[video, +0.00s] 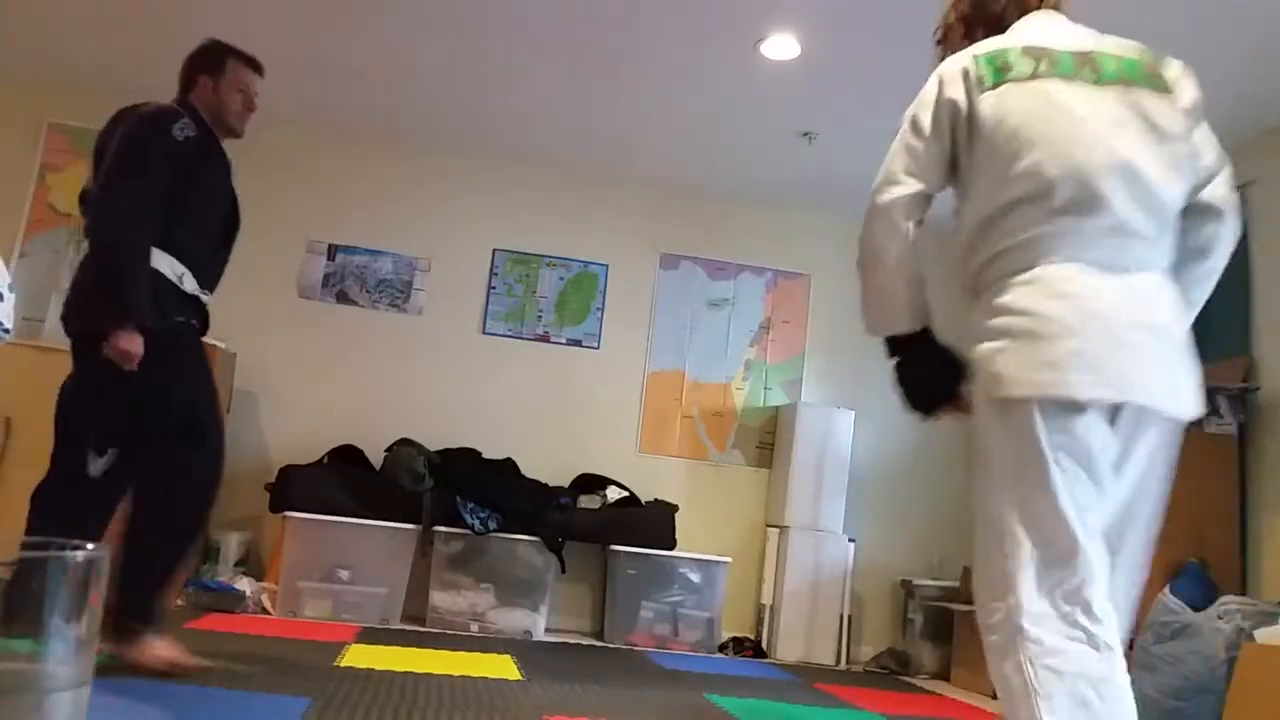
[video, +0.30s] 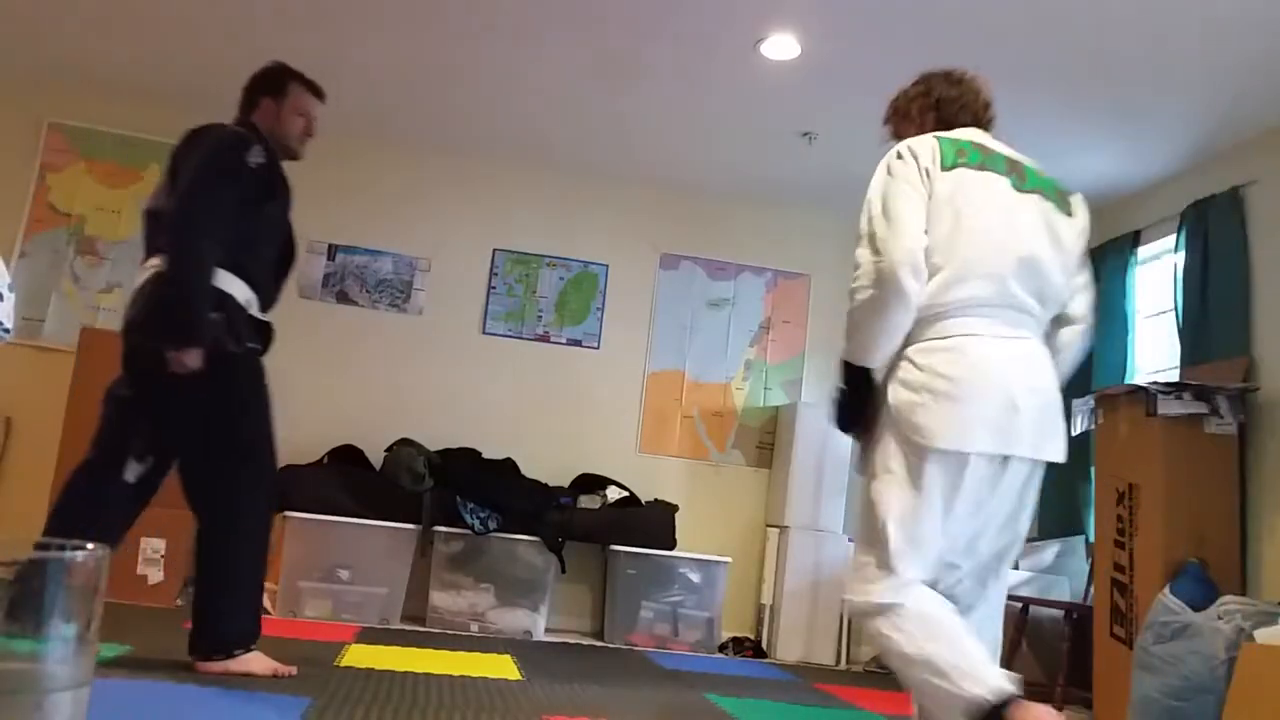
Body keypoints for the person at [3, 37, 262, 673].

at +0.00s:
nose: (252, 107)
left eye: (255, 99)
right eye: (243, 94)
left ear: (213, 94)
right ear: (204, 86)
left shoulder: (203, 152)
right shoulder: (163, 130)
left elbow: (170, 246)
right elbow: (122, 220)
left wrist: (176, 325)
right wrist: (122, 319)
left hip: (137, 330)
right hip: (151, 332)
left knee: (83, 475)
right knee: (188, 469)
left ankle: (28, 617)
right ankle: (135, 625)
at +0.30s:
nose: (311, 130)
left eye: (313, 119)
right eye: (304, 115)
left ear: (266, 112)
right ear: (265, 106)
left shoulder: (213, 147)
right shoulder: (238, 150)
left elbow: (170, 230)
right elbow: (197, 228)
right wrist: (189, 330)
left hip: (167, 331)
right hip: (213, 337)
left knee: (113, 480)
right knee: (241, 493)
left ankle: (30, 614)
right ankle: (223, 646)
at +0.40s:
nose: (335, 134)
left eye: (338, 124)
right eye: (329, 119)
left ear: (286, 113)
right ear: (290, 109)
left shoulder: (233, 147)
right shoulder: (267, 153)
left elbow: (198, 234)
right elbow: (236, 235)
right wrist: (233, 333)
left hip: (180, 317)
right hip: (229, 325)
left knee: (151, 472)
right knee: (252, 489)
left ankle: (64, 614)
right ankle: (227, 647)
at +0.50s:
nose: (356, 137)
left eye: (360, 127)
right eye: (349, 122)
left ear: (306, 118)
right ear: (314, 113)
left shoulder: (251, 150)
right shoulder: (290, 153)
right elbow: (277, 241)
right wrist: (288, 336)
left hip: (191, 314)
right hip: (239, 317)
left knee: (183, 469)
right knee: (256, 484)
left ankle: (83, 614)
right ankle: (227, 646)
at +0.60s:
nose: (368, 139)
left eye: (372, 129)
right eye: (362, 124)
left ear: (314, 118)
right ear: (327, 114)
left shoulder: (253, 151)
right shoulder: (307, 156)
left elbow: (246, 257)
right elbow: (312, 249)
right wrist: (350, 337)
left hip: (201, 322)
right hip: (256, 328)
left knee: (206, 468)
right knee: (267, 484)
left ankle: (116, 603)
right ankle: (230, 646)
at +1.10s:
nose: (380, 164)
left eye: (383, 153)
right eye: (376, 148)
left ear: (335, 139)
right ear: (343, 135)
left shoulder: (267, 175)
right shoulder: (321, 175)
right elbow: (324, 269)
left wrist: (356, 296)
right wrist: (393, 309)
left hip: (221, 329)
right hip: (279, 331)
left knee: (212, 480)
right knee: (346, 466)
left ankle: (168, 630)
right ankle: (279, 620)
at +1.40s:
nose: (423, 183)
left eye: (428, 173)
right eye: (421, 168)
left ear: (379, 156)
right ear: (391, 154)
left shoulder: (315, 188)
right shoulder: (369, 194)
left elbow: (343, 273)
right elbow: (379, 281)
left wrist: (418, 269)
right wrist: (452, 291)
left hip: (262, 347)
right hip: (325, 356)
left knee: (232, 491)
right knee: (367, 504)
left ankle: (170, 631)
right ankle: (366, 654)